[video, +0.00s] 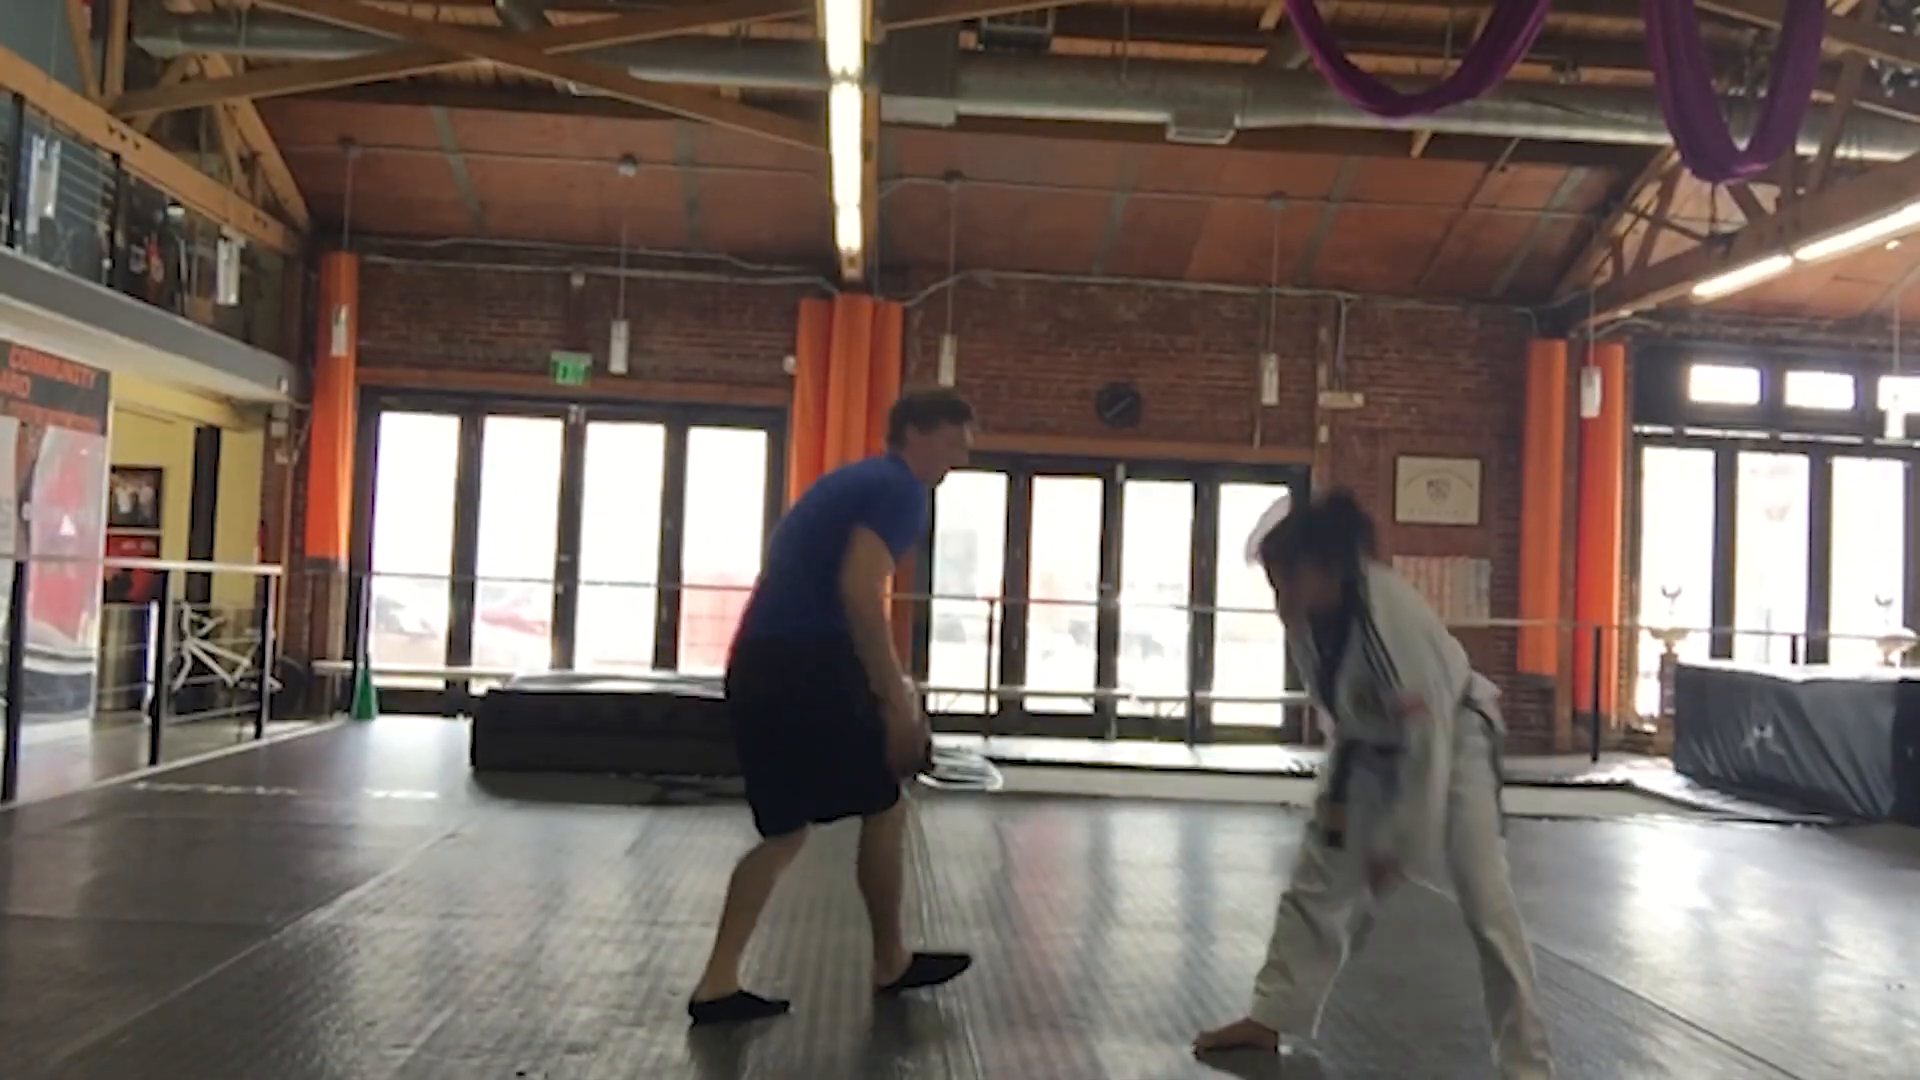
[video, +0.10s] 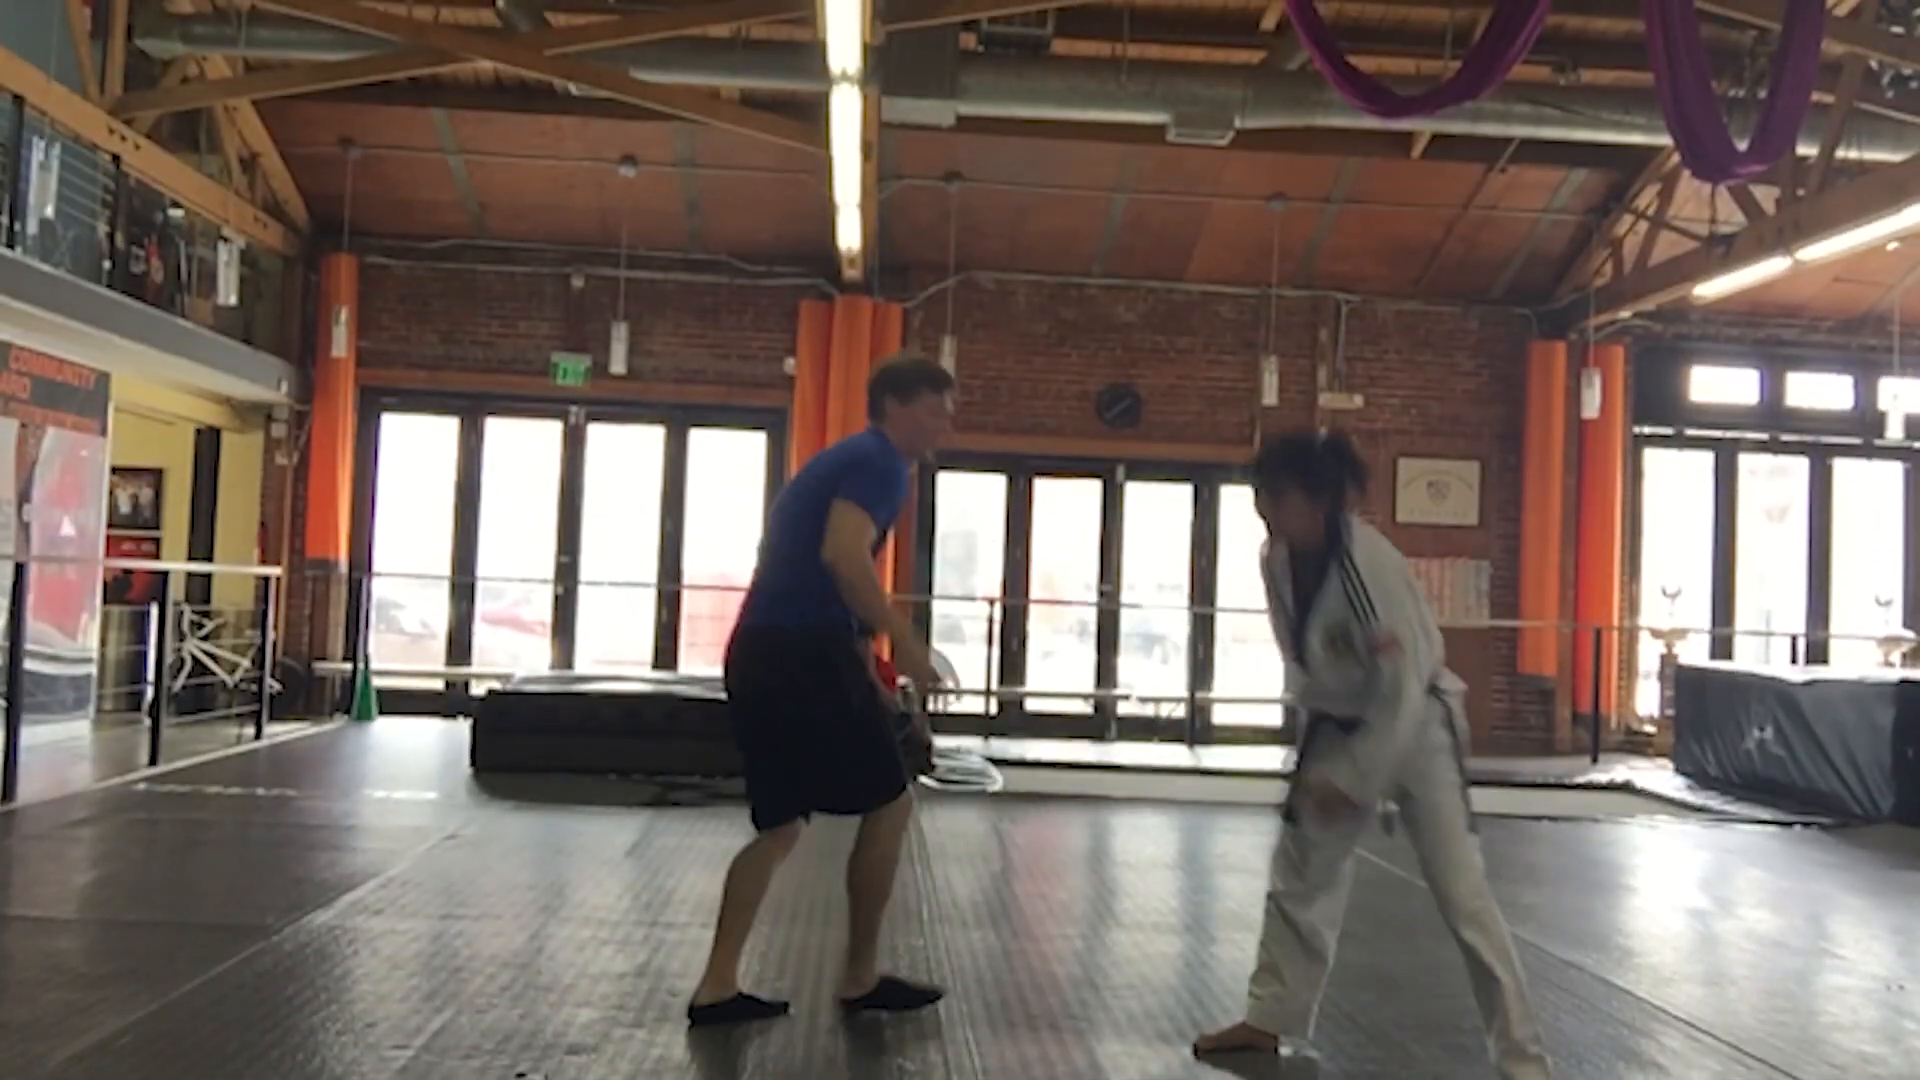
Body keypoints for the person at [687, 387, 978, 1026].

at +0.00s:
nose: (961, 457)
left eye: (964, 445)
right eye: (955, 442)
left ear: (906, 436)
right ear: (918, 433)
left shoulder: (854, 480)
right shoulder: (897, 487)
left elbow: (851, 601)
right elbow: (859, 593)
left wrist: (899, 690)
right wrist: (898, 698)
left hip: (758, 668)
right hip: (814, 669)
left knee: (784, 829)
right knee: (884, 804)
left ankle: (716, 986)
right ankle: (893, 963)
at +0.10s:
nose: (949, 424)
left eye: (950, 410)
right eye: (940, 410)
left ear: (894, 412)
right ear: (896, 406)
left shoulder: (842, 458)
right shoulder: (881, 463)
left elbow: (812, 569)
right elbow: (844, 555)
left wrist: (870, 646)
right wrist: (905, 640)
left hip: (757, 656)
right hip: (812, 656)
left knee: (779, 824)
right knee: (889, 805)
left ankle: (716, 988)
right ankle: (861, 978)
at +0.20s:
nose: (930, 405)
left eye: (932, 391)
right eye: (920, 390)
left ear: (873, 393)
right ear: (876, 388)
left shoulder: (825, 448)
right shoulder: (863, 445)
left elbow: (786, 560)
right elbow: (852, 534)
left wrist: (855, 647)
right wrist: (956, 602)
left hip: (762, 650)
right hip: (811, 649)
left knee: (782, 822)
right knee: (893, 807)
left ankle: (715, 990)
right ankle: (830, 989)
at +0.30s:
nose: (920, 394)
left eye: (922, 380)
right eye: (909, 379)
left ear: (862, 382)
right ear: (865, 375)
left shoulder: (814, 443)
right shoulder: (852, 438)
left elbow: (793, 566)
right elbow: (890, 526)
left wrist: (856, 647)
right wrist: (1006, 567)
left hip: (770, 650)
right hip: (808, 650)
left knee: (785, 821)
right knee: (886, 815)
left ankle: (715, 991)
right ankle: (815, 1010)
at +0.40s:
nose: (920, 381)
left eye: (921, 367)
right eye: (909, 367)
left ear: (857, 373)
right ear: (863, 367)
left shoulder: (812, 437)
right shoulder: (861, 437)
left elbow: (811, 568)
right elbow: (940, 520)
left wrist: (863, 654)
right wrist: (1050, 549)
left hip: (776, 651)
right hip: (818, 653)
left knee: (783, 826)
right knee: (868, 834)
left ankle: (717, 989)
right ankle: (814, 1030)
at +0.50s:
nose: (926, 376)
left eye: (927, 361)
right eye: (916, 360)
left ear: (861, 365)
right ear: (869, 358)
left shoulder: (813, 431)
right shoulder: (869, 427)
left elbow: (819, 567)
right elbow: (951, 515)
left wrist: (868, 667)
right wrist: (1058, 555)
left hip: (784, 653)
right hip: (831, 657)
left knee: (787, 828)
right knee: (872, 843)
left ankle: (718, 988)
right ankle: (814, 1036)